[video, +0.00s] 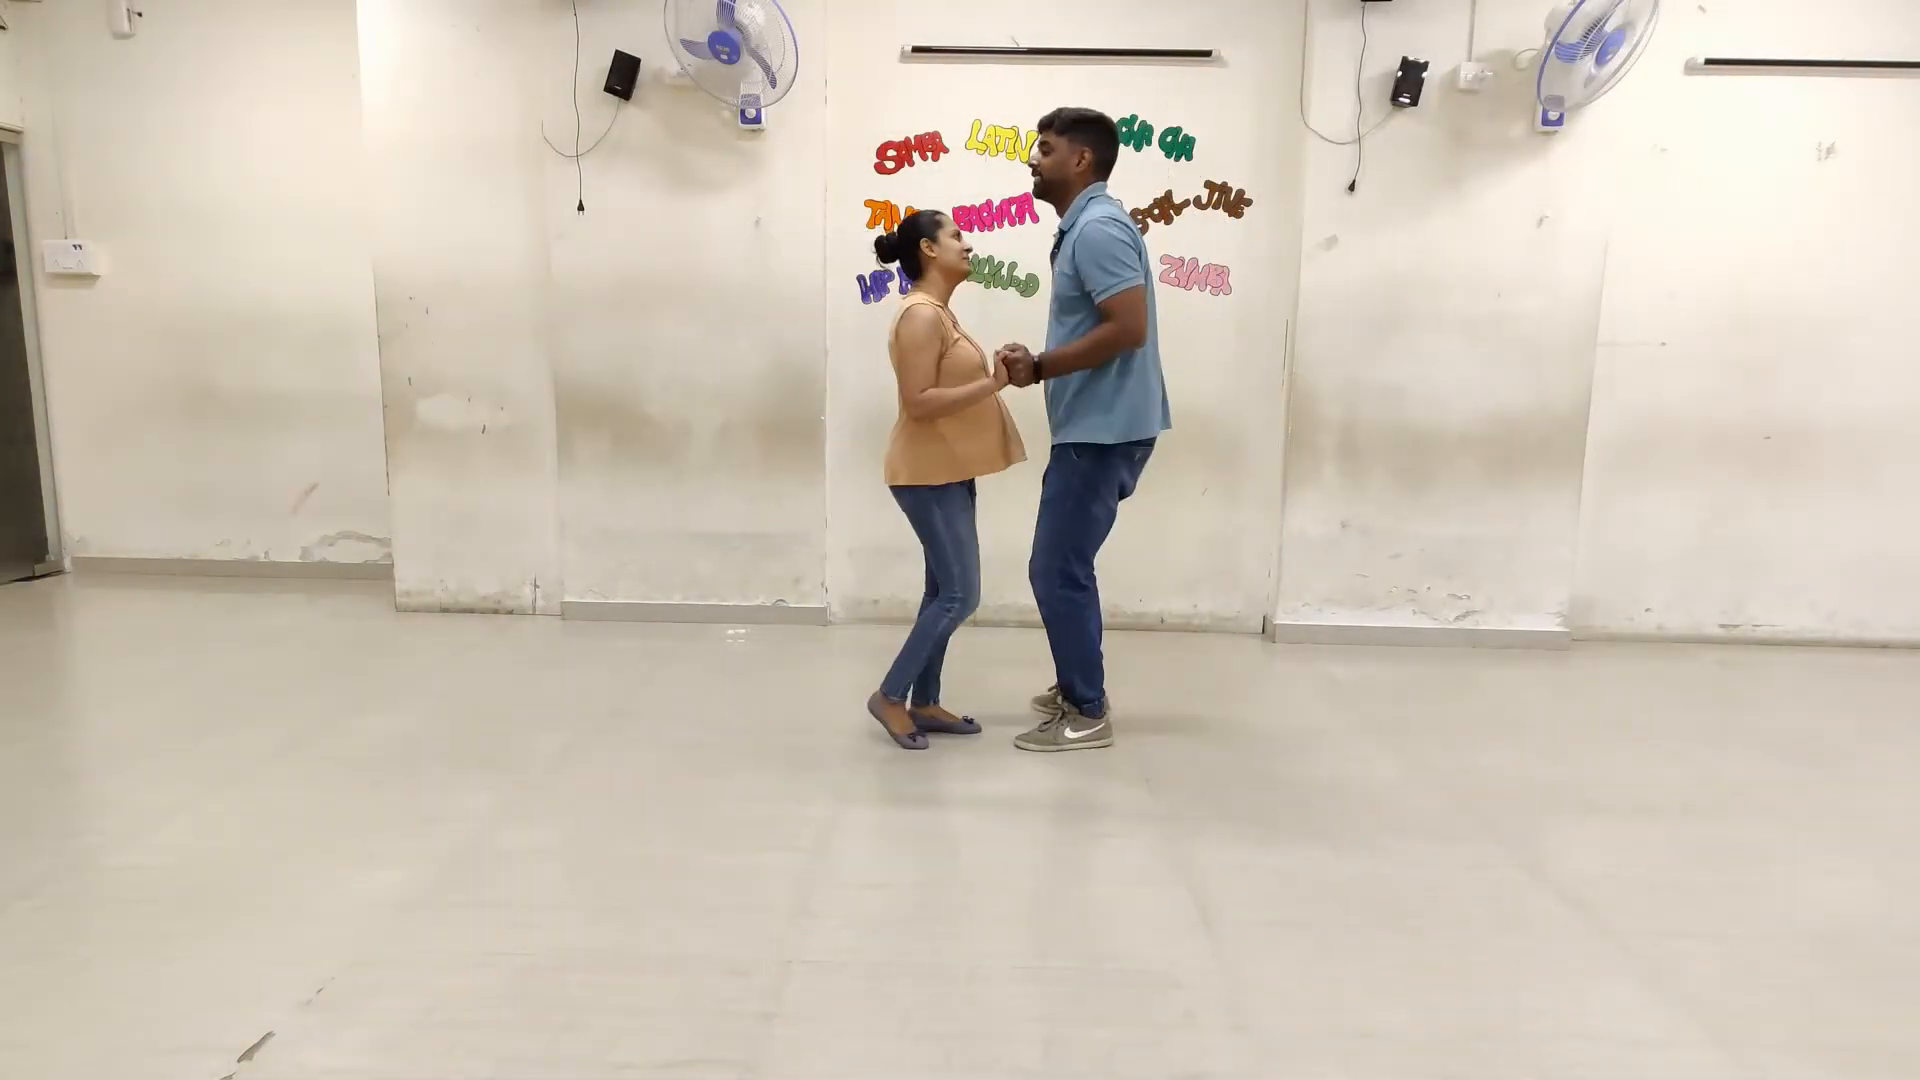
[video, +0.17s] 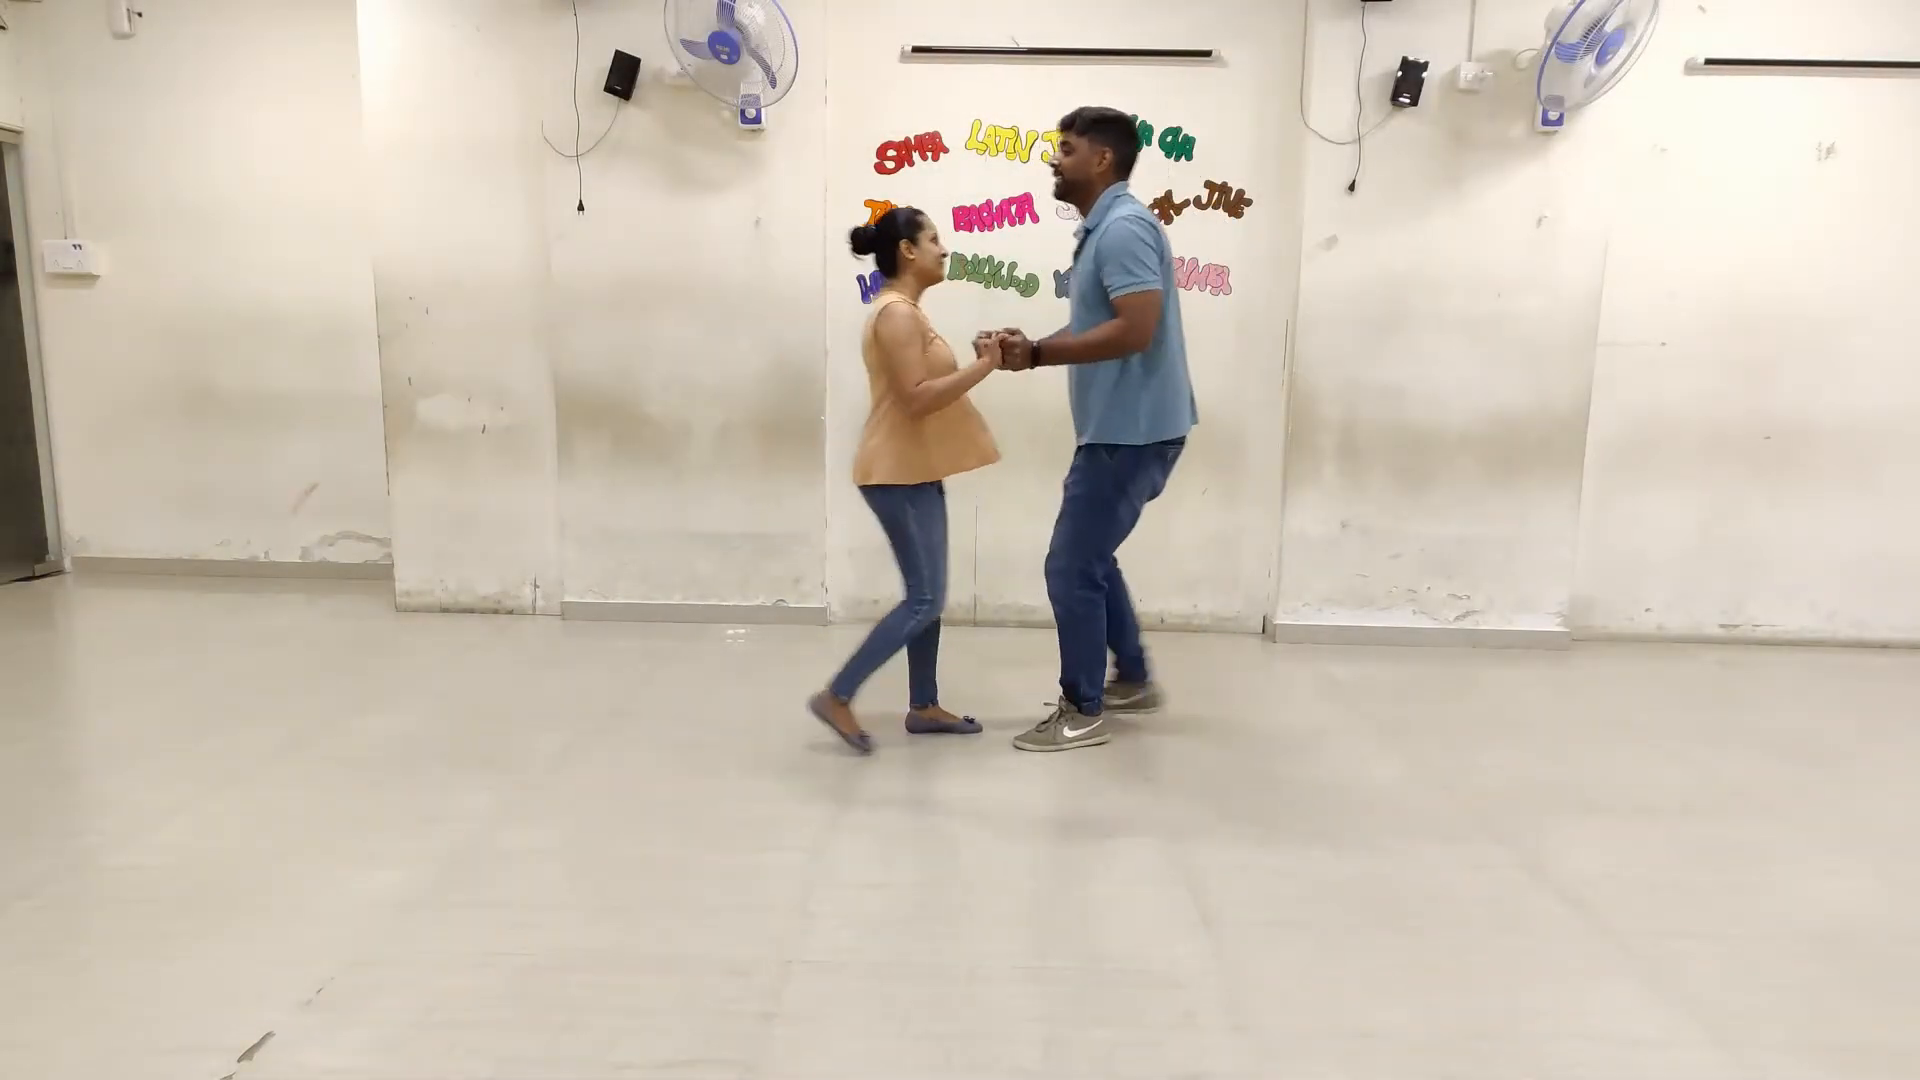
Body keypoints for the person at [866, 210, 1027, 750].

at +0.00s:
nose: (967, 244)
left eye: (963, 235)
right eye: (956, 237)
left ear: (932, 251)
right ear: (929, 250)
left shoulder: (939, 311)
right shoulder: (919, 315)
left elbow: (944, 390)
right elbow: (917, 403)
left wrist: (994, 370)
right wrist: (990, 382)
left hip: (949, 472)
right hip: (926, 476)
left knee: (943, 591)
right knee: (960, 594)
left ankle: (925, 702)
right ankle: (889, 698)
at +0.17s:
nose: (944, 250)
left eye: (940, 241)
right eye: (934, 242)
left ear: (905, 252)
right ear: (907, 252)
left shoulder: (906, 310)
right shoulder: (896, 314)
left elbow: (920, 391)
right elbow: (917, 398)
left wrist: (975, 359)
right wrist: (984, 364)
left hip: (918, 472)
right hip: (896, 474)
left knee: (931, 597)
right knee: (923, 599)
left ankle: (924, 706)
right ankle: (836, 697)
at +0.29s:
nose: (903, 266)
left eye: (900, 256)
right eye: (895, 257)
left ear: (863, 264)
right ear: (868, 263)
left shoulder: (851, 319)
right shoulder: (857, 322)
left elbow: (898, 393)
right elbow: (913, 397)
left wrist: (950, 374)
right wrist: (999, 376)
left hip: (871, 484)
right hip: (853, 486)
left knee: (907, 588)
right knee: (862, 613)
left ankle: (924, 707)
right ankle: (779, 721)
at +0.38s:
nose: (872, 271)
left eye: (869, 261)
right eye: (865, 262)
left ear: (830, 269)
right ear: (838, 268)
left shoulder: (808, 323)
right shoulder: (832, 329)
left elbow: (873, 396)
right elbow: (898, 403)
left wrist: (927, 395)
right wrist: (984, 400)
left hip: (826, 487)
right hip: (822, 490)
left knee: (877, 589)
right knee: (829, 618)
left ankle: (915, 705)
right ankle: (765, 738)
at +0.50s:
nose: (845, 270)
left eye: (843, 261)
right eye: (839, 262)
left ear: (802, 267)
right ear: (812, 268)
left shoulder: (772, 323)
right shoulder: (821, 326)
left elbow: (800, 398)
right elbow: (904, 374)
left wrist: (862, 416)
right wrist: (984, 353)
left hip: (780, 480)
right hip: (803, 486)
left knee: (852, 580)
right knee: (811, 614)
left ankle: (868, 706)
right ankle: (763, 741)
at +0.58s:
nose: (830, 265)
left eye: (828, 254)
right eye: (824, 256)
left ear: (779, 263)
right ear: (800, 262)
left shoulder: (747, 320)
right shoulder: (818, 315)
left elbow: (736, 405)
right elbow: (905, 348)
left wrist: (816, 424)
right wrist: (986, 319)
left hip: (751, 474)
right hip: (797, 475)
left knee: (823, 576)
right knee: (794, 608)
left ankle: (803, 702)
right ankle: (763, 739)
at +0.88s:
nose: (859, 257)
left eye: (856, 248)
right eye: (854, 250)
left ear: (809, 262)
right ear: (835, 260)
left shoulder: (773, 313)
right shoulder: (855, 312)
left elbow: (723, 376)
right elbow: (940, 345)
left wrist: (774, 401)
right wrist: (1018, 318)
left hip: (772, 469)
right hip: (832, 472)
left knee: (787, 588)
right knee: (864, 583)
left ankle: (779, 709)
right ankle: (827, 693)